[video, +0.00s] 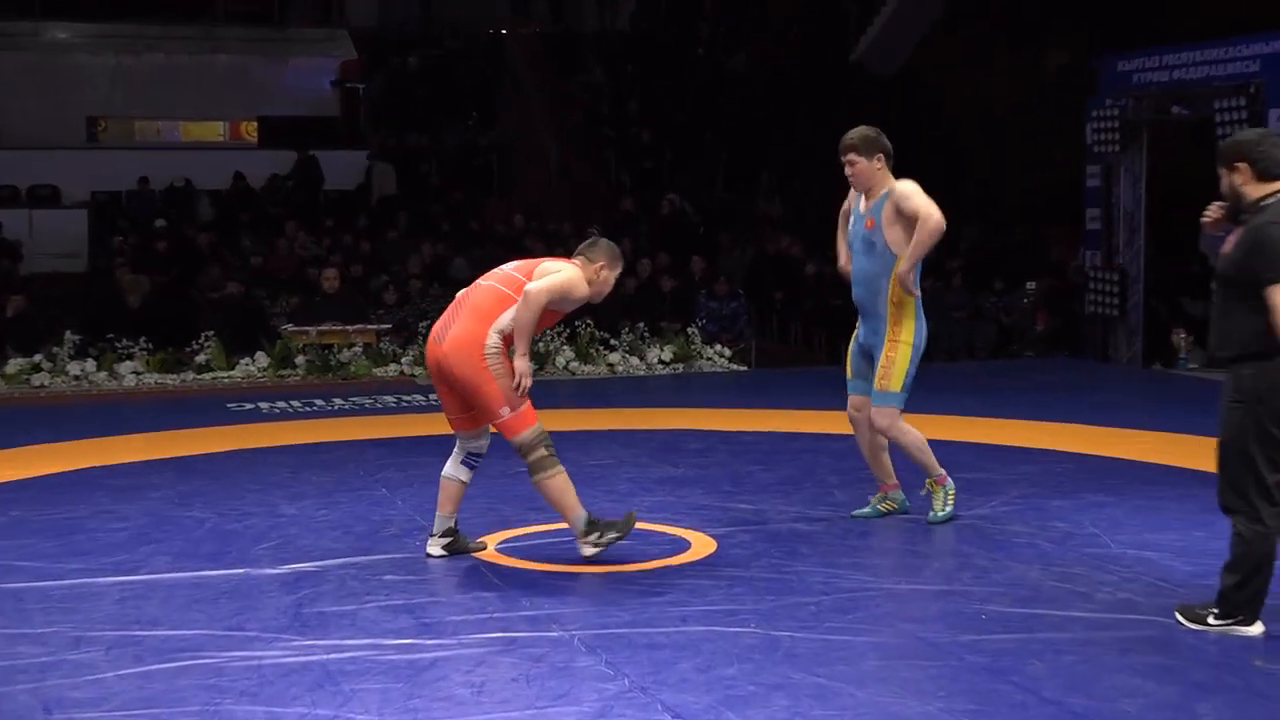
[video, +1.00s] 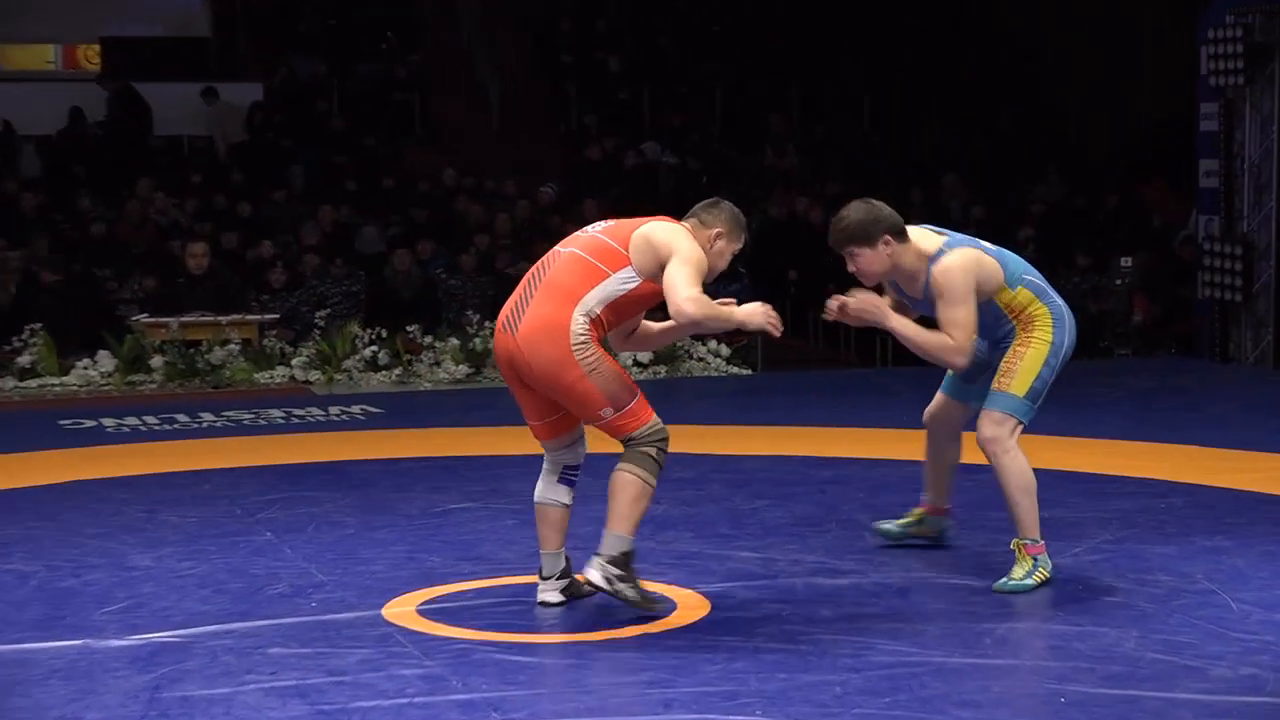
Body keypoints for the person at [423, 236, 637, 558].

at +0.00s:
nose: (612, 286)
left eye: (616, 279)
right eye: (614, 277)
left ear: (581, 260)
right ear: (599, 269)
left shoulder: (541, 267)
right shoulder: (576, 281)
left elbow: (468, 295)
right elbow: (533, 294)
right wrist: (522, 355)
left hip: (439, 348)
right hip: (478, 350)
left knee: (471, 444)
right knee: (535, 445)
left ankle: (442, 534)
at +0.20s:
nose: (651, 286)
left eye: (655, 279)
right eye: (653, 278)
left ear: (616, 257)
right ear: (640, 268)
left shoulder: (564, 263)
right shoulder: (617, 287)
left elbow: (492, 290)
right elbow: (577, 319)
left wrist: (523, 331)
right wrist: (579, 373)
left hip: (470, 351)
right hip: (516, 357)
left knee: (477, 455)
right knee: (569, 455)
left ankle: (432, 545)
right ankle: (602, 552)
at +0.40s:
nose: (688, 287)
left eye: (694, 281)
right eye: (694, 279)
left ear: (660, 250)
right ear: (682, 264)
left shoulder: (606, 258)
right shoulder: (656, 281)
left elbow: (574, 334)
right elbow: (633, 350)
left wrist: (624, 345)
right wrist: (657, 362)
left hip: (498, 340)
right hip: (548, 347)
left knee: (496, 452)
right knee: (591, 457)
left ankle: (439, 544)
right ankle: (602, 565)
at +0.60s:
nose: (714, 280)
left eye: (720, 272)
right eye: (719, 270)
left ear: (680, 241)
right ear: (706, 255)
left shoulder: (628, 249)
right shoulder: (680, 275)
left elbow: (607, 347)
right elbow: (669, 360)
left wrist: (678, 324)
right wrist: (704, 346)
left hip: (513, 333)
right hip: (566, 341)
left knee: (536, 443)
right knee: (596, 459)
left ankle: (507, 553)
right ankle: (600, 577)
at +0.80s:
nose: (725, 268)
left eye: (732, 259)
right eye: (731, 257)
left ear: (691, 230)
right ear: (715, 241)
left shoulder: (635, 242)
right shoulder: (687, 259)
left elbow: (609, 342)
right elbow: (679, 341)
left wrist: (680, 325)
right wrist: (714, 337)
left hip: (519, 332)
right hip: (569, 337)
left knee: (560, 457)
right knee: (601, 460)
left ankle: (573, 571)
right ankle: (589, 588)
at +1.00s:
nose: (725, 267)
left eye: (732, 258)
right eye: (731, 254)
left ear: (688, 222)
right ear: (715, 237)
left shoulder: (628, 238)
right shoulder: (684, 244)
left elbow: (626, 338)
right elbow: (687, 308)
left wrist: (703, 320)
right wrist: (740, 315)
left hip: (510, 338)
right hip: (562, 340)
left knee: (562, 455)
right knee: (648, 439)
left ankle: (552, 578)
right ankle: (612, 562)